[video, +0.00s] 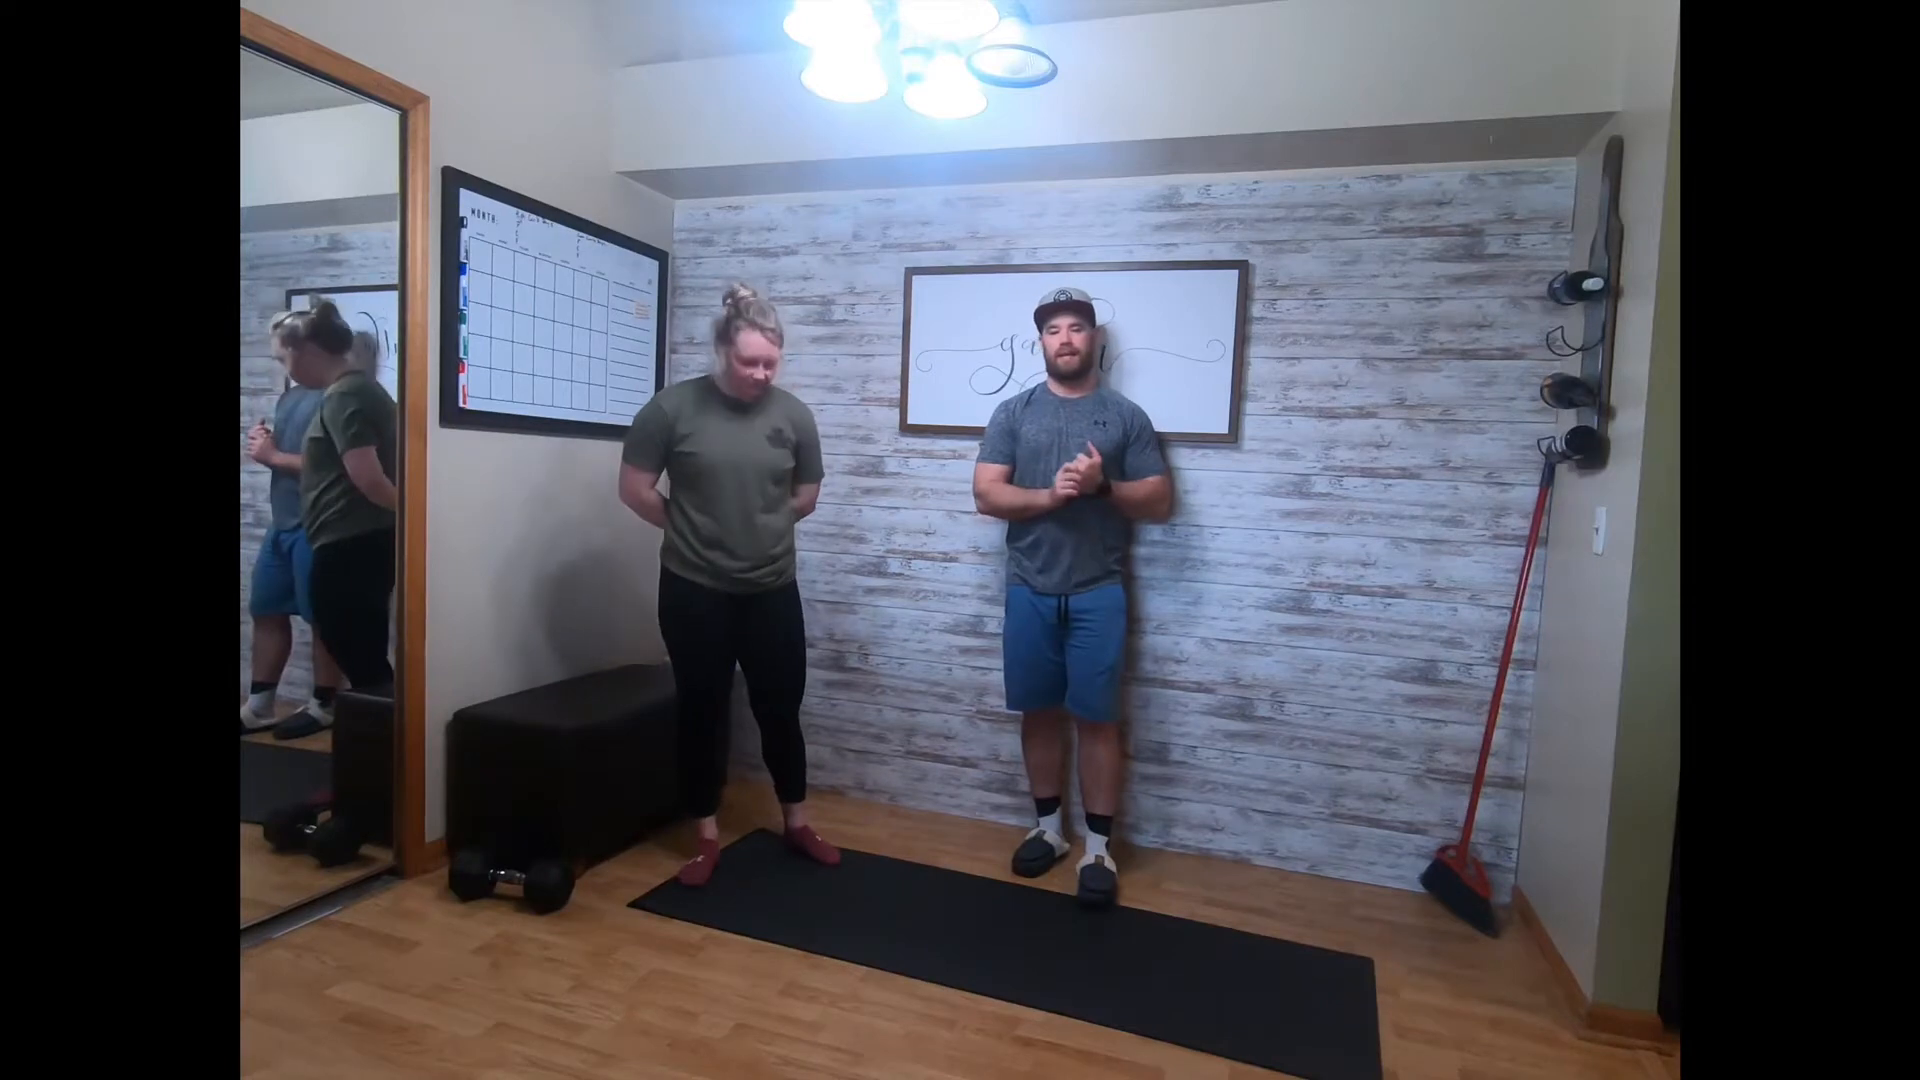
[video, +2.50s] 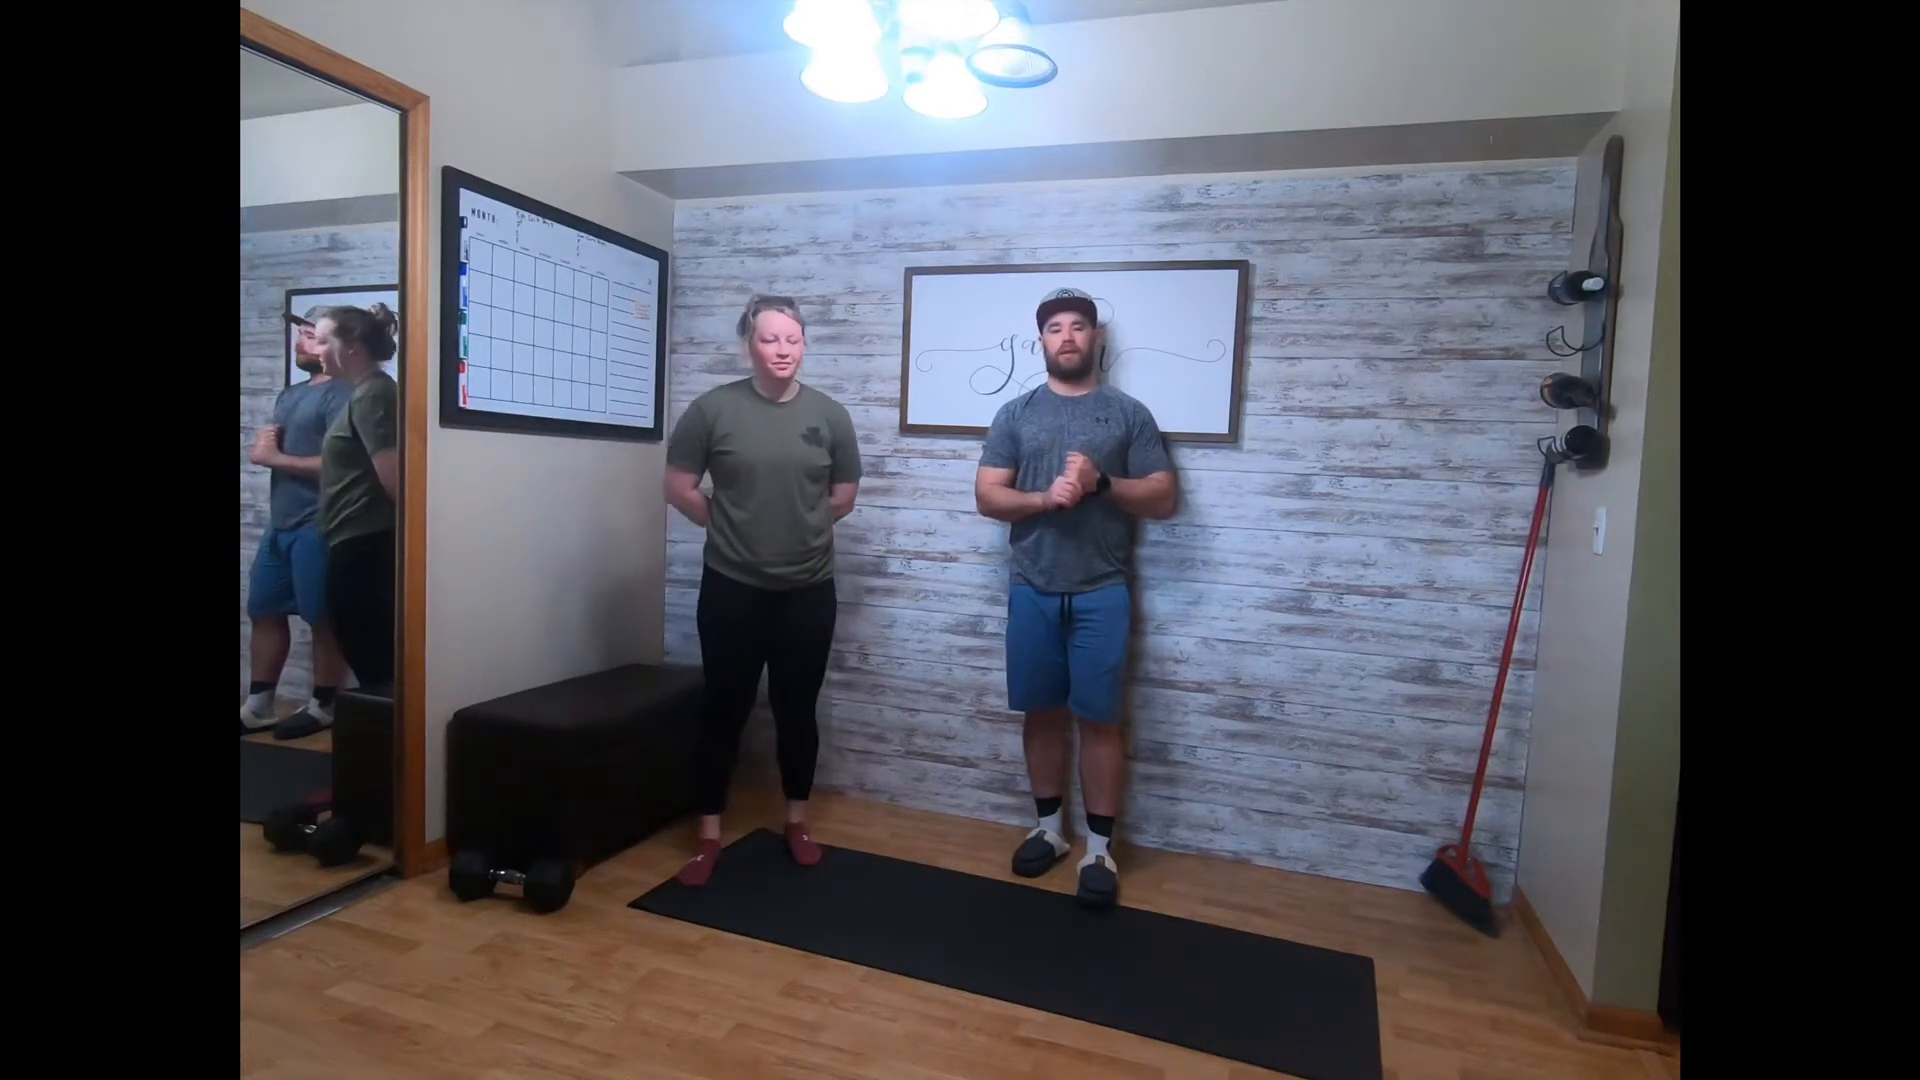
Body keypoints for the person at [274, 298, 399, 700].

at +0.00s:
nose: (287, 367)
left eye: (287, 356)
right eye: (284, 358)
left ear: (308, 347)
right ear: (320, 345)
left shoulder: (346, 396)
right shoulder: (360, 390)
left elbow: (368, 477)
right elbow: (376, 473)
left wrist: (410, 511)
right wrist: (412, 508)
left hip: (350, 543)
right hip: (361, 540)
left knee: (357, 654)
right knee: (360, 652)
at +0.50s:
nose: (303, 354)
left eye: (308, 342)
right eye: (302, 344)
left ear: (337, 343)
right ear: (344, 345)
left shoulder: (362, 398)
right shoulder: (346, 398)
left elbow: (384, 487)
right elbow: (378, 485)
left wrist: (416, 534)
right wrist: (413, 530)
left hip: (349, 545)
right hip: (333, 542)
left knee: (354, 659)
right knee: (349, 656)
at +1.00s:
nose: (303, 342)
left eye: (312, 334)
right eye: (304, 334)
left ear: (342, 341)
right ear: (345, 344)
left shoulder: (367, 399)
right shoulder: (345, 399)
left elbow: (398, 493)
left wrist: (422, 555)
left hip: (355, 550)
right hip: (338, 548)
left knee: (355, 665)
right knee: (349, 663)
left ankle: (370, 769)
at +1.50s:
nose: (305, 340)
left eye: (313, 332)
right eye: (308, 331)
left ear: (339, 342)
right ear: (343, 343)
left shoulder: (357, 396)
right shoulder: (354, 393)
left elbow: (385, 489)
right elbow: (387, 483)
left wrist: (429, 519)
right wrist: (429, 516)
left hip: (354, 547)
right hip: (353, 545)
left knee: (353, 660)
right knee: (358, 657)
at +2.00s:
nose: (306, 343)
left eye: (313, 335)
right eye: (308, 335)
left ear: (338, 344)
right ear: (345, 345)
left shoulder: (348, 396)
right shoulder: (380, 391)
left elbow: (373, 484)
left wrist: (421, 517)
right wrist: (422, 515)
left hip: (350, 545)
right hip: (373, 540)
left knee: (357, 658)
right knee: (366, 655)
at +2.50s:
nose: (318, 351)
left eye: (324, 341)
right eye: (319, 342)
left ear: (351, 346)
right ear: (353, 346)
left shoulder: (374, 396)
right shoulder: (364, 394)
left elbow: (397, 483)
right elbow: (392, 479)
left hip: (365, 541)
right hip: (357, 538)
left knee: (366, 647)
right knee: (367, 646)